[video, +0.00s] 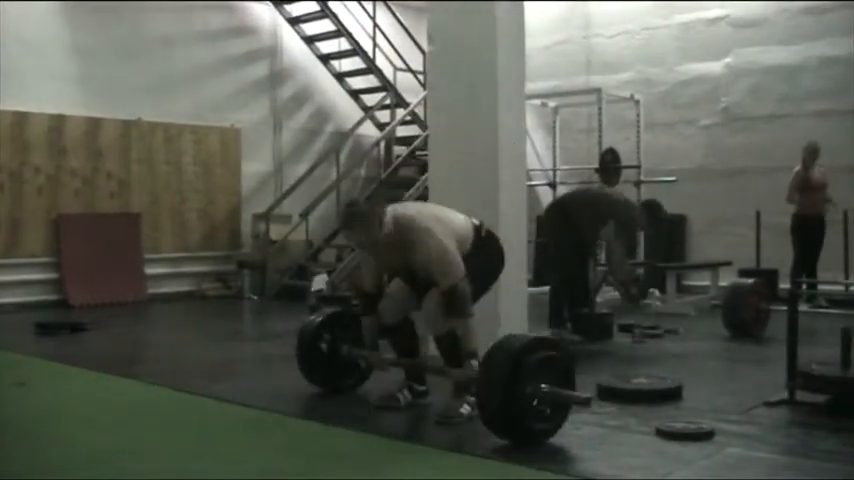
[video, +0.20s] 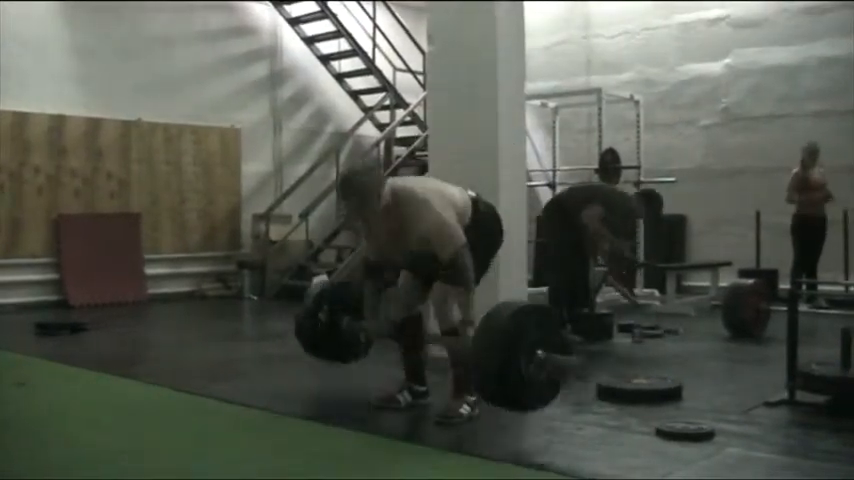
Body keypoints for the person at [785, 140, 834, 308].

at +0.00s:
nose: (811, 158)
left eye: (814, 155)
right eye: (809, 155)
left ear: (817, 156)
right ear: (804, 155)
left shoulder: (820, 173)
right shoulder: (799, 173)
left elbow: (822, 195)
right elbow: (790, 197)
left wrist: (827, 199)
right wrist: (807, 200)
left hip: (817, 218)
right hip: (801, 218)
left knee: (812, 259)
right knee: (800, 257)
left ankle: (812, 295)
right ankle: (794, 294)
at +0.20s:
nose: (811, 159)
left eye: (814, 156)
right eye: (808, 156)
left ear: (817, 157)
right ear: (803, 156)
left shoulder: (820, 173)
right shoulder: (797, 174)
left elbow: (827, 195)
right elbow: (789, 197)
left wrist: (817, 198)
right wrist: (809, 197)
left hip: (817, 218)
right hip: (801, 218)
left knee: (813, 259)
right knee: (800, 258)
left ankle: (812, 295)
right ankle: (794, 294)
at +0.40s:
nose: (813, 160)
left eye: (816, 157)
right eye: (810, 156)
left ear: (819, 158)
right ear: (804, 156)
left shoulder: (819, 174)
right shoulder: (797, 175)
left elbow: (826, 195)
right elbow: (790, 199)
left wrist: (825, 192)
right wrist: (813, 194)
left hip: (818, 218)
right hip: (802, 218)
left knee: (812, 259)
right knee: (800, 258)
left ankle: (812, 295)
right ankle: (794, 294)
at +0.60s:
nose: (815, 160)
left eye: (817, 157)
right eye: (812, 156)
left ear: (820, 158)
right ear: (805, 156)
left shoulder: (820, 174)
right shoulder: (798, 175)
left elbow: (825, 197)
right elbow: (791, 199)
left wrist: (825, 192)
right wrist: (813, 193)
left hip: (819, 218)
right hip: (802, 218)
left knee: (813, 259)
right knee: (801, 258)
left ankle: (812, 295)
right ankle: (794, 294)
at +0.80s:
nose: (816, 160)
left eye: (818, 157)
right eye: (814, 156)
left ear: (820, 158)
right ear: (806, 156)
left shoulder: (819, 174)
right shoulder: (797, 175)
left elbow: (822, 197)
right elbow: (791, 199)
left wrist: (824, 191)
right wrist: (814, 191)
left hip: (818, 218)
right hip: (802, 218)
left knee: (812, 260)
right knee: (800, 258)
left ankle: (812, 295)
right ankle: (793, 294)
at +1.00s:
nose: (817, 161)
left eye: (819, 157)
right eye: (814, 157)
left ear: (820, 158)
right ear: (806, 156)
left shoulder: (819, 174)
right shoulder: (797, 174)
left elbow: (820, 198)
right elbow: (791, 199)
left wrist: (824, 191)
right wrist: (814, 191)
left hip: (818, 219)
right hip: (802, 218)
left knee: (812, 260)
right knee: (800, 258)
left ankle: (812, 295)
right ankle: (793, 294)